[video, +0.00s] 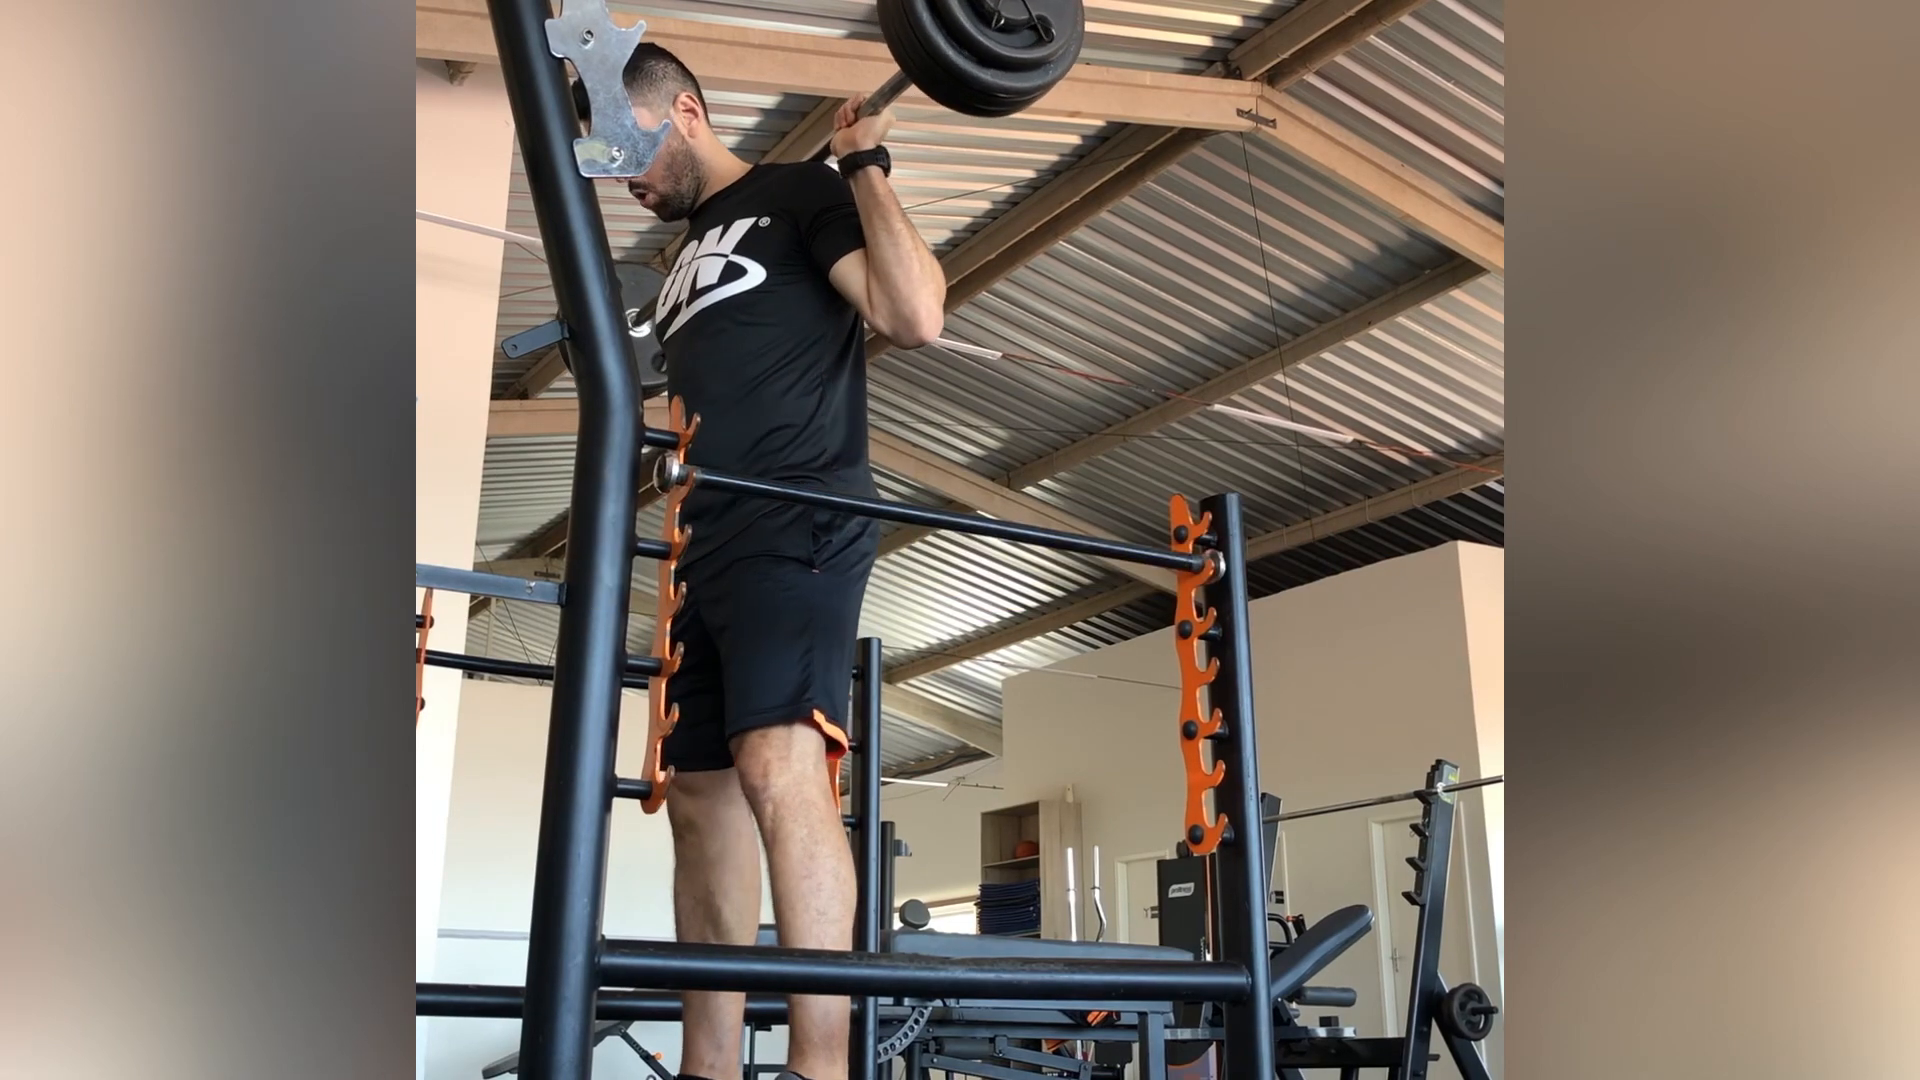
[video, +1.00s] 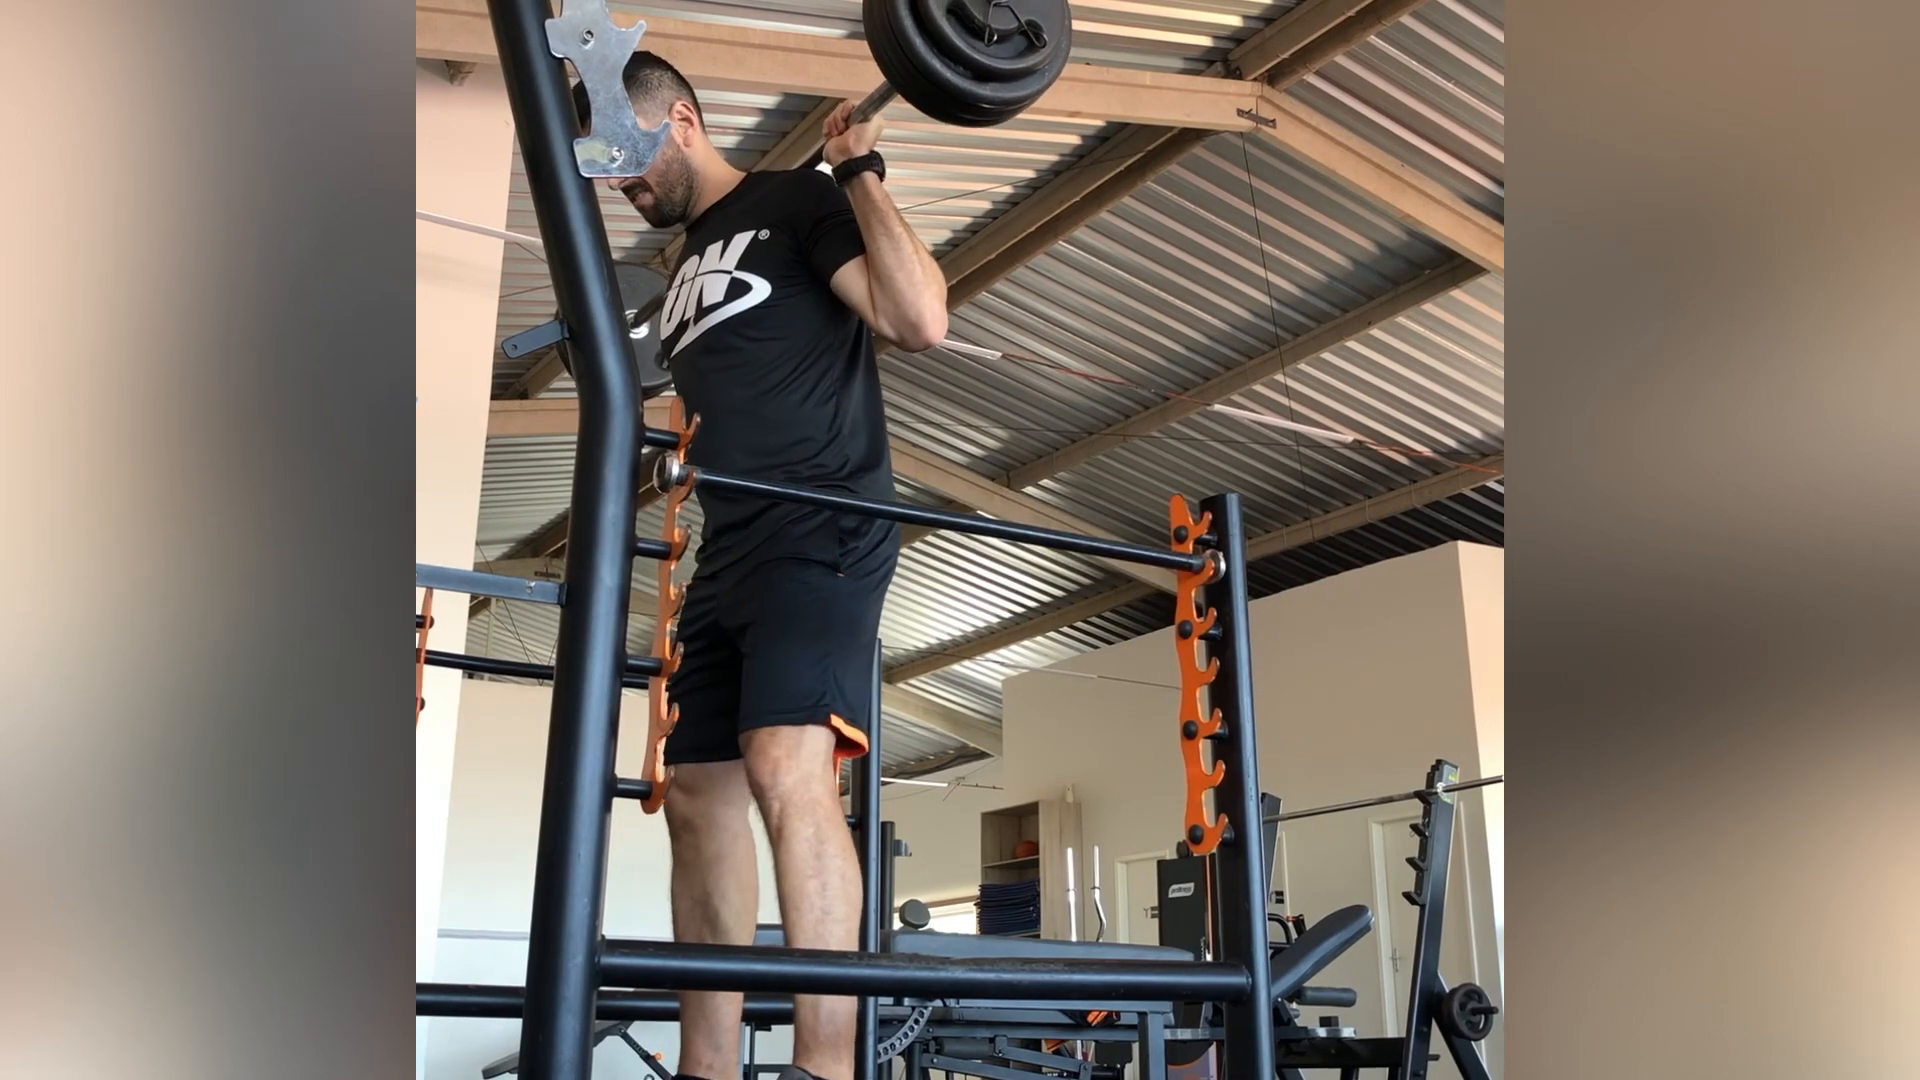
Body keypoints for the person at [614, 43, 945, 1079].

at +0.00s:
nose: (631, 180)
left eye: (636, 149)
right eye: (618, 161)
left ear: (692, 113)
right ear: (672, 130)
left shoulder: (804, 190)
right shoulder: (684, 259)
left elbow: (916, 315)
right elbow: (700, 411)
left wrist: (867, 168)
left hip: (799, 521)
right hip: (711, 535)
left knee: (781, 762)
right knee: (697, 787)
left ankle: (826, 1063)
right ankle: (713, 1063)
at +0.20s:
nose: (632, 178)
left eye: (638, 149)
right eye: (619, 163)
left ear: (690, 109)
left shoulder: (804, 188)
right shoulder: (687, 259)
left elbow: (924, 315)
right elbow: (716, 408)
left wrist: (870, 163)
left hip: (814, 510)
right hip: (724, 529)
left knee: (790, 764)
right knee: (683, 787)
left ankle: (825, 1065)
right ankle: (704, 1062)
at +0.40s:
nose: (631, 177)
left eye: (637, 147)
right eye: (617, 163)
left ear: (687, 108)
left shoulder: (799, 190)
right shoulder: (688, 258)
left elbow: (918, 316)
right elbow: (711, 412)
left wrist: (866, 165)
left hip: (807, 507)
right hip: (722, 530)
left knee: (774, 755)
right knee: (687, 786)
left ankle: (823, 1065)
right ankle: (706, 1067)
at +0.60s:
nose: (626, 182)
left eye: (632, 152)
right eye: (612, 166)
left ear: (684, 117)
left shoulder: (797, 196)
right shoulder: (687, 256)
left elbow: (915, 320)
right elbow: (712, 403)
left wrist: (864, 174)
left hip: (809, 511)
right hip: (724, 529)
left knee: (764, 752)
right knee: (685, 790)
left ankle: (824, 1062)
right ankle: (708, 1067)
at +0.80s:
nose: (621, 184)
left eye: (629, 155)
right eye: (608, 169)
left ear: (680, 120)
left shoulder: (792, 197)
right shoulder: (686, 266)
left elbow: (917, 320)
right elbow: (708, 417)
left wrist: (861, 172)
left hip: (806, 519)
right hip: (721, 538)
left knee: (768, 754)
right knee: (692, 789)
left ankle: (823, 1062)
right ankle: (708, 1066)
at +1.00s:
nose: (624, 183)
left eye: (632, 154)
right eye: (611, 168)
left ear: (684, 120)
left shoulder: (799, 199)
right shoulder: (687, 270)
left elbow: (921, 321)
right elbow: (712, 415)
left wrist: (863, 174)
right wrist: (677, 455)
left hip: (819, 527)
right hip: (728, 543)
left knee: (788, 763)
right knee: (699, 788)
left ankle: (828, 1065)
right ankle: (708, 1066)